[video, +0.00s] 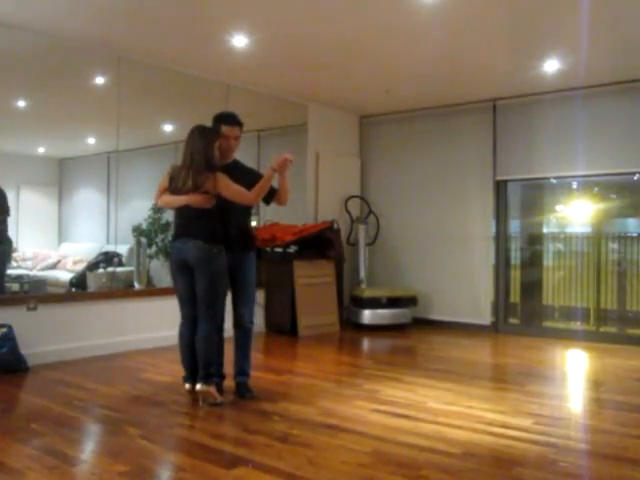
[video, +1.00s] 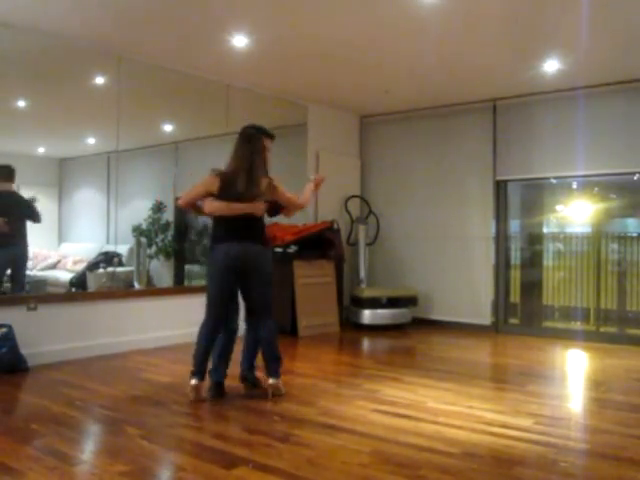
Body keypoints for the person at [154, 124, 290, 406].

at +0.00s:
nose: (222, 152)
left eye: (222, 146)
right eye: (219, 147)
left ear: (189, 146)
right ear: (209, 148)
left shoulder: (174, 173)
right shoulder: (212, 178)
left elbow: (159, 197)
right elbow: (250, 198)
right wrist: (272, 173)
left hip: (180, 247)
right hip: (207, 249)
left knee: (188, 315)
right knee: (210, 316)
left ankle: (191, 380)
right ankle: (207, 382)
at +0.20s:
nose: (222, 152)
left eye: (222, 146)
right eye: (219, 147)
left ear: (189, 147)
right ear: (209, 149)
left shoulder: (174, 174)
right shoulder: (213, 179)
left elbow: (158, 198)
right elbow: (251, 199)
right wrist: (271, 174)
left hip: (179, 246)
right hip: (206, 248)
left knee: (188, 316)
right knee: (210, 316)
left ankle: (191, 379)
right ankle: (206, 382)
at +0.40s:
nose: (225, 154)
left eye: (226, 148)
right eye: (222, 148)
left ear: (192, 148)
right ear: (211, 149)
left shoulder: (176, 175)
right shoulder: (215, 181)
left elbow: (160, 199)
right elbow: (251, 205)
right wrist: (274, 184)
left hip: (180, 249)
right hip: (207, 251)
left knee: (189, 316)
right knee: (212, 317)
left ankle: (191, 379)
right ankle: (206, 383)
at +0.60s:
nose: (234, 155)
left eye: (235, 149)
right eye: (231, 150)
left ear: (200, 151)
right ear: (222, 152)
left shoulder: (183, 176)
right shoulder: (224, 184)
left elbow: (164, 198)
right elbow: (257, 210)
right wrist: (284, 191)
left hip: (183, 252)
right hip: (212, 254)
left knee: (190, 316)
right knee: (222, 317)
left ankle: (189, 380)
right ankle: (226, 382)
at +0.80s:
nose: (249, 155)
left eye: (251, 149)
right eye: (246, 149)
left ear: (215, 152)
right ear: (236, 153)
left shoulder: (197, 178)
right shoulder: (240, 185)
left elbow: (171, 198)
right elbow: (277, 209)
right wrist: (302, 190)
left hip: (197, 256)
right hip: (229, 257)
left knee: (198, 319)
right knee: (246, 318)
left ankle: (191, 377)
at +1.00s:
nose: (269, 156)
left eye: (268, 151)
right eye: (267, 151)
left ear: (239, 150)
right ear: (260, 152)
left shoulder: (218, 180)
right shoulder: (265, 184)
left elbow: (184, 201)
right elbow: (299, 204)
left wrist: (205, 211)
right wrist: (312, 185)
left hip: (223, 254)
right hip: (256, 255)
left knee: (214, 316)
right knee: (262, 315)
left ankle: (197, 375)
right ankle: (274, 375)